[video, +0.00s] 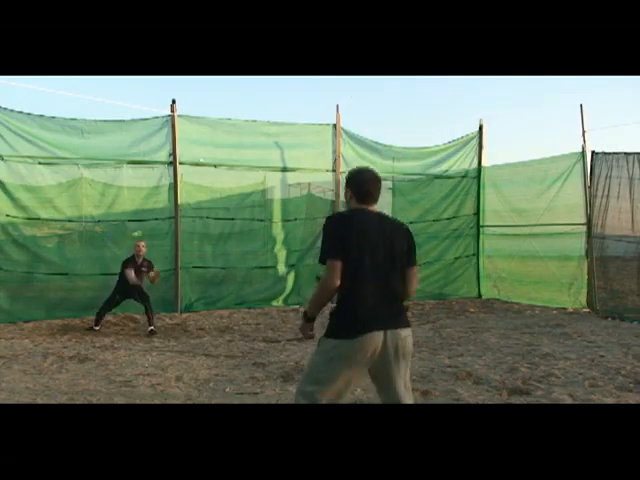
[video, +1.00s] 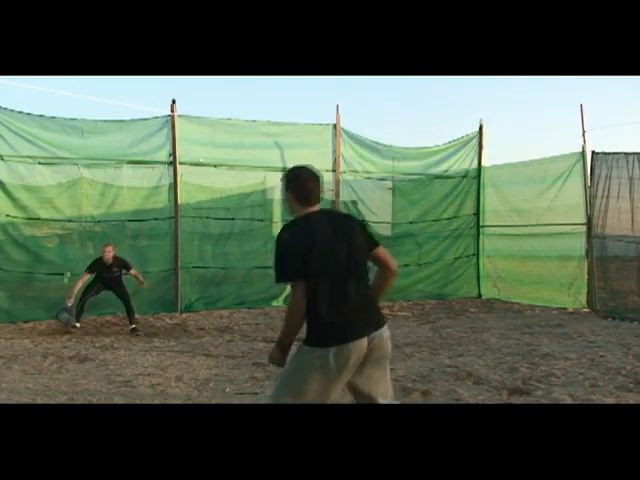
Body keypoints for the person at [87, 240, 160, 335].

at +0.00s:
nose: (140, 249)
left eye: (142, 247)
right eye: (137, 246)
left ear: (145, 249)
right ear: (134, 249)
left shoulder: (148, 264)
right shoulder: (128, 262)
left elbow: (152, 280)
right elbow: (131, 280)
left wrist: (155, 277)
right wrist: (138, 282)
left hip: (136, 290)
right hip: (122, 290)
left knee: (146, 300)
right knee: (105, 308)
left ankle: (151, 327)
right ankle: (96, 326)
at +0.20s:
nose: (144, 250)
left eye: (146, 248)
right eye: (141, 248)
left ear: (149, 250)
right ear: (137, 250)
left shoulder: (149, 262)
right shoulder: (130, 263)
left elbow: (151, 275)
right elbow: (124, 284)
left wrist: (158, 289)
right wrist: (135, 299)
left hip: (137, 286)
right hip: (123, 284)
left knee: (147, 300)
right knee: (109, 302)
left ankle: (152, 327)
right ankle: (95, 322)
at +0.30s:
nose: (138, 249)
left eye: (140, 247)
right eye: (135, 246)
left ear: (143, 249)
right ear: (131, 248)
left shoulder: (146, 261)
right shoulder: (122, 261)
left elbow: (149, 273)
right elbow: (115, 279)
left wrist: (151, 287)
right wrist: (122, 294)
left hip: (135, 287)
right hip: (121, 286)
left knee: (146, 304)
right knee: (101, 307)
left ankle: (151, 327)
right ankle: (96, 325)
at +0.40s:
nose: (130, 245)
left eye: (132, 243)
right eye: (127, 243)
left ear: (135, 245)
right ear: (124, 244)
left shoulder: (139, 258)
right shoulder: (114, 257)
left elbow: (143, 271)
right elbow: (106, 273)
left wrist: (145, 285)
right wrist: (110, 290)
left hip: (131, 287)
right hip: (116, 286)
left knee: (142, 303)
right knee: (99, 304)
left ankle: (150, 327)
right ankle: (95, 325)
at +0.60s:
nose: (120, 240)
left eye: (123, 237)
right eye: (118, 237)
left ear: (127, 239)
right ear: (115, 239)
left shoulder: (132, 254)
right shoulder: (106, 253)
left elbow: (137, 269)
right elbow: (98, 268)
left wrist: (139, 286)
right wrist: (98, 283)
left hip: (126, 283)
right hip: (110, 283)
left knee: (133, 299)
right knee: (97, 301)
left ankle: (136, 323)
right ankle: (94, 324)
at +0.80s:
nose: (121, 241)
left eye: (123, 238)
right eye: (119, 238)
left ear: (127, 241)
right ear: (116, 240)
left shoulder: (131, 256)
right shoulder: (107, 253)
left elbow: (136, 272)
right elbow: (93, 266)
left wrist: (135, 288)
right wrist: (86, 281)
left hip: (122, 283)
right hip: (106, 282)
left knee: (128, 305)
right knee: (90, 302)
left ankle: (133, 325)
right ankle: (91, 320)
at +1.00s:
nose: (107, 255)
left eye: (109, 252)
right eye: (105, 252)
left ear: (113, 253)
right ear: (102, 253)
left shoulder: (120, 262)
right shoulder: (97, 263)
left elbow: (133, 272)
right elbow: (82, 279)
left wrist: (141, 281)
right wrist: (72, 297)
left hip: (116, 283)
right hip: (99, 283)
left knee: (127, 301)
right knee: (83, 298)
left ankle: (133, 326)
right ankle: (77, 322)